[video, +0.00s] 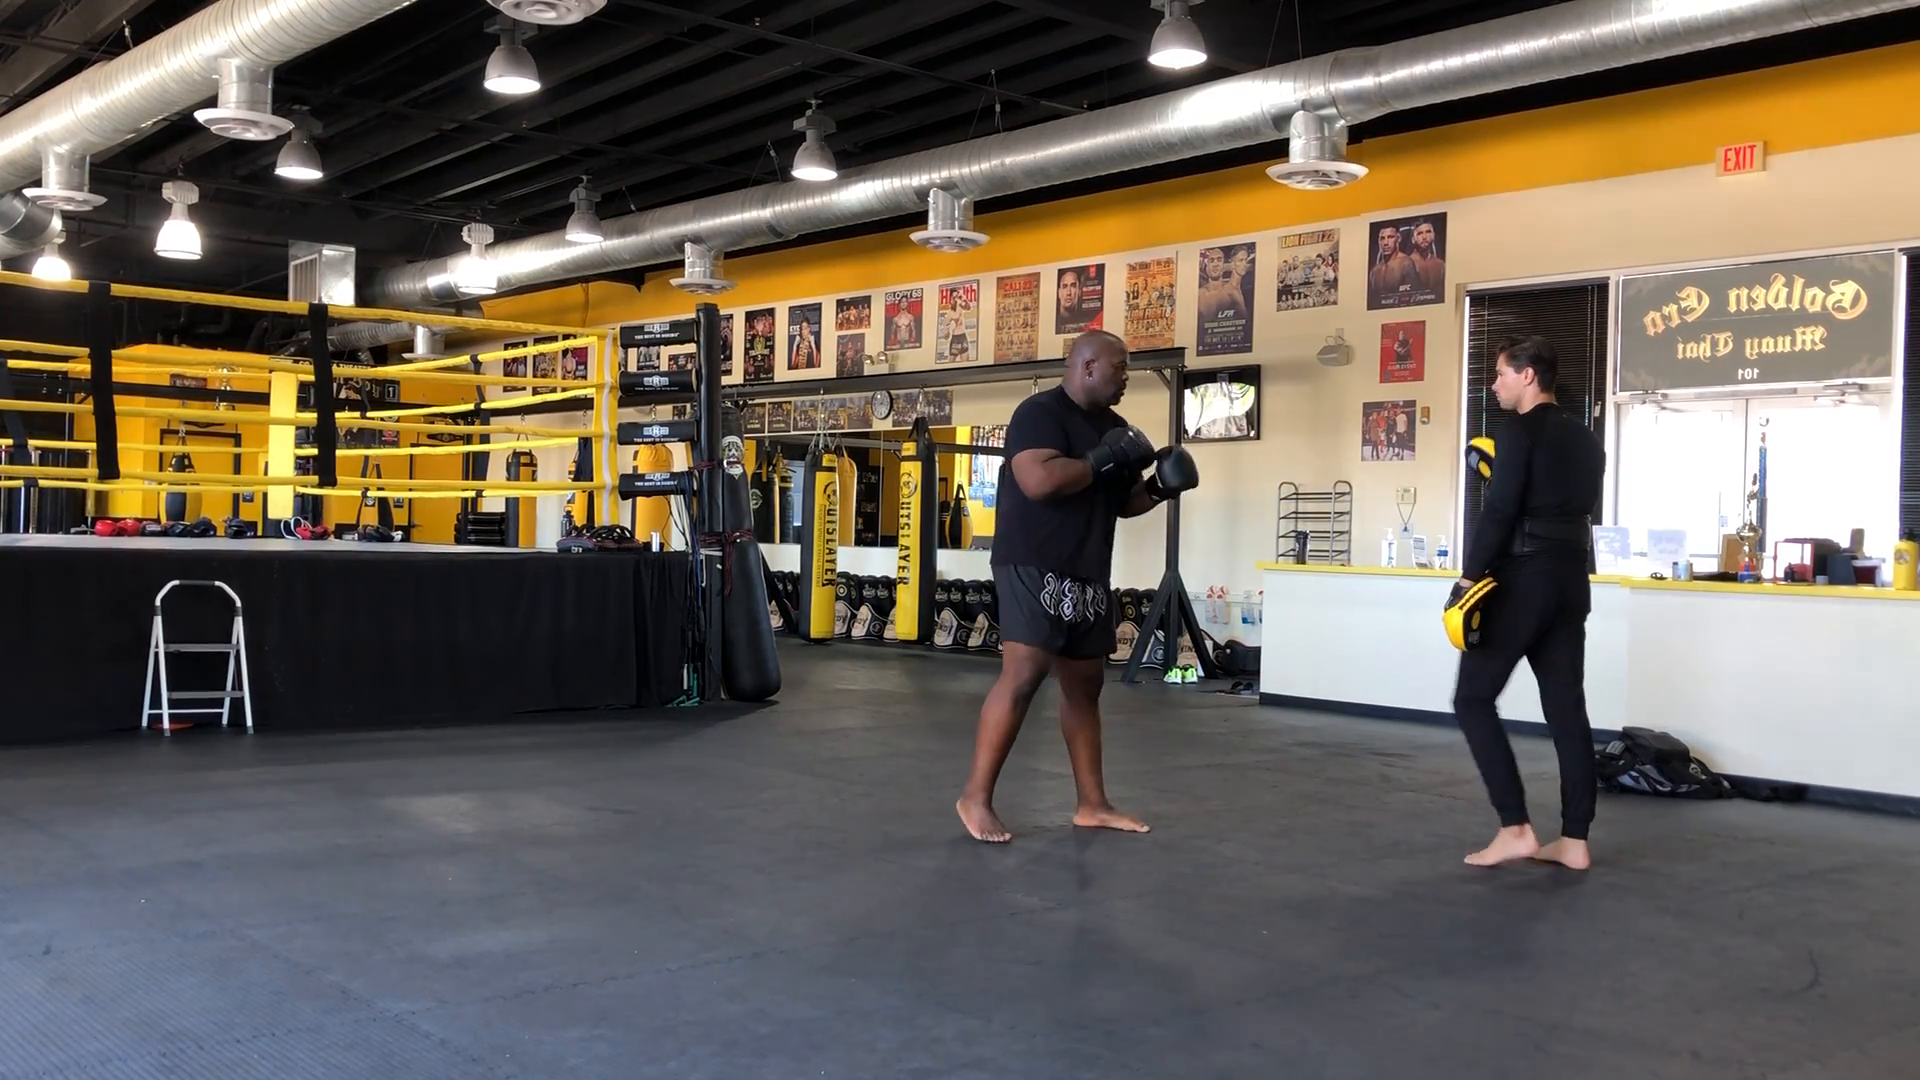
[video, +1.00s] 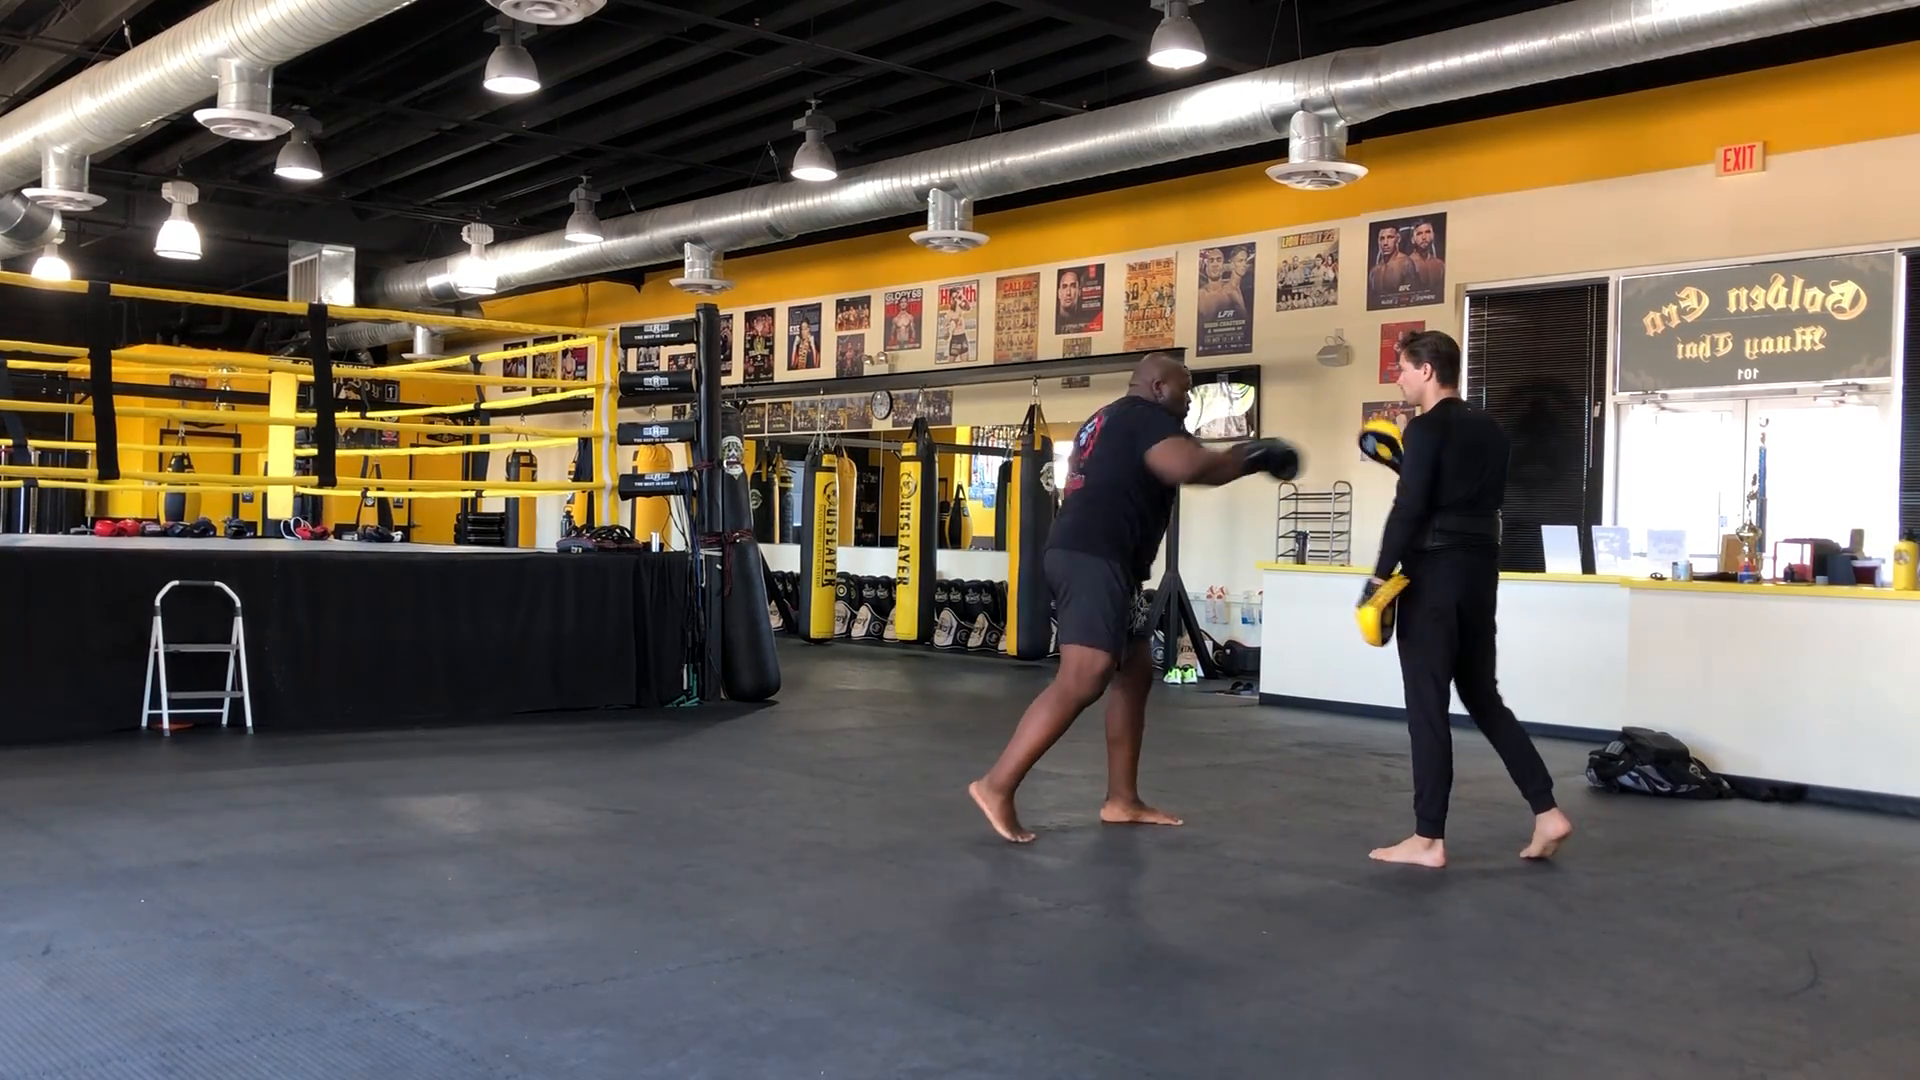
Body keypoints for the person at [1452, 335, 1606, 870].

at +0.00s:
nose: (1495, 385)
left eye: (1501, 375)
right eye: (1496, 375)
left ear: (1529, 377)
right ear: (1540, 379)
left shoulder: (1518, 430)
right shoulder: (1585, 437)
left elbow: (1499, 511)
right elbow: (1578, 513)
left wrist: (1469, 583)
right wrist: (1506, 475)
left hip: (1523, 584)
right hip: (1571, 586)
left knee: (1472, 702)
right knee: (1567, 713)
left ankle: (1515, 829)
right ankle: (1574, 840)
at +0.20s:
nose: (1491, 385)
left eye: (1496, 375)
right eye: (1492, 375)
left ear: (1524, 376)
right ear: (1536, 379)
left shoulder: (1514, 431)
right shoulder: (1578, 436)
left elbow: (1491, 511)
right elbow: (1567, 506)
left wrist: (1454, 585)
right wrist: (1496, 460)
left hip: (1509, 584)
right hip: (1560, 587)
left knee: (1454, 701)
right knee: (1566, 713)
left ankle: (1455, 832)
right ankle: (1574, 840)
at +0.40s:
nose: (1469, 382)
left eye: (1474, 373)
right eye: (1470, 372)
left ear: (1500, 376)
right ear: (1510, 379)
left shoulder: (1491, 431)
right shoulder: (1553, 437)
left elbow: (1471, 511)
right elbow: (1530, 507)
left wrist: (1434, 584)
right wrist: (1468, 459)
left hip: (1485, 585)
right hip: (1534, 585)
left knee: (1445, 705)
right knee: (1542, 710)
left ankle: (1430, 837)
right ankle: (1570, 840)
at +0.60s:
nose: (1433, 378)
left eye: (1439, 368)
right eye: (1434, 368)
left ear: (1467, 373)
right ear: (1474, 374)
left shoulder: (1471, 430)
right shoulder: (1506, 426)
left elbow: (1455, 512)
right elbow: (1460, 494)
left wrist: (1410, 583)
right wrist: (1424, 445)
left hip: (1459, 583)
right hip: (1498, 580)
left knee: (1432, 709)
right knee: (1502, 703)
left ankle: (1428, 838)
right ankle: (1559, 824)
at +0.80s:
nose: (1402, 374)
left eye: (1409, 364)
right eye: (1402, 365)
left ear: (1438, 368)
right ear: (1438, 370)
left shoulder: (1458, 428)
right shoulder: (1447, 425)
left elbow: (1450, 513)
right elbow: (1390, 484)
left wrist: (1403, 581)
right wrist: (1364, 438)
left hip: (1449, 582)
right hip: (1466, 579)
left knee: (1426, 707)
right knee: (1480, 699)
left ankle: (1428, 838)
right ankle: (1551, 814)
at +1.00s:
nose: (1398, 379)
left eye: (1402, 369)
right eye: (1399, 369)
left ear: (1427, 371)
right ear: (1443, 372)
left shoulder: (1425, 429)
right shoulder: (1490, 429)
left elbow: (1410, 510)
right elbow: (1466, 493)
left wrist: (1378, 580)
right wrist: (1408, 459)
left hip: (1431, 577)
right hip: (1480, 575)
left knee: (1426, 710)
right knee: (1482, 697)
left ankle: (1428, 838)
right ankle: (1547, 812)